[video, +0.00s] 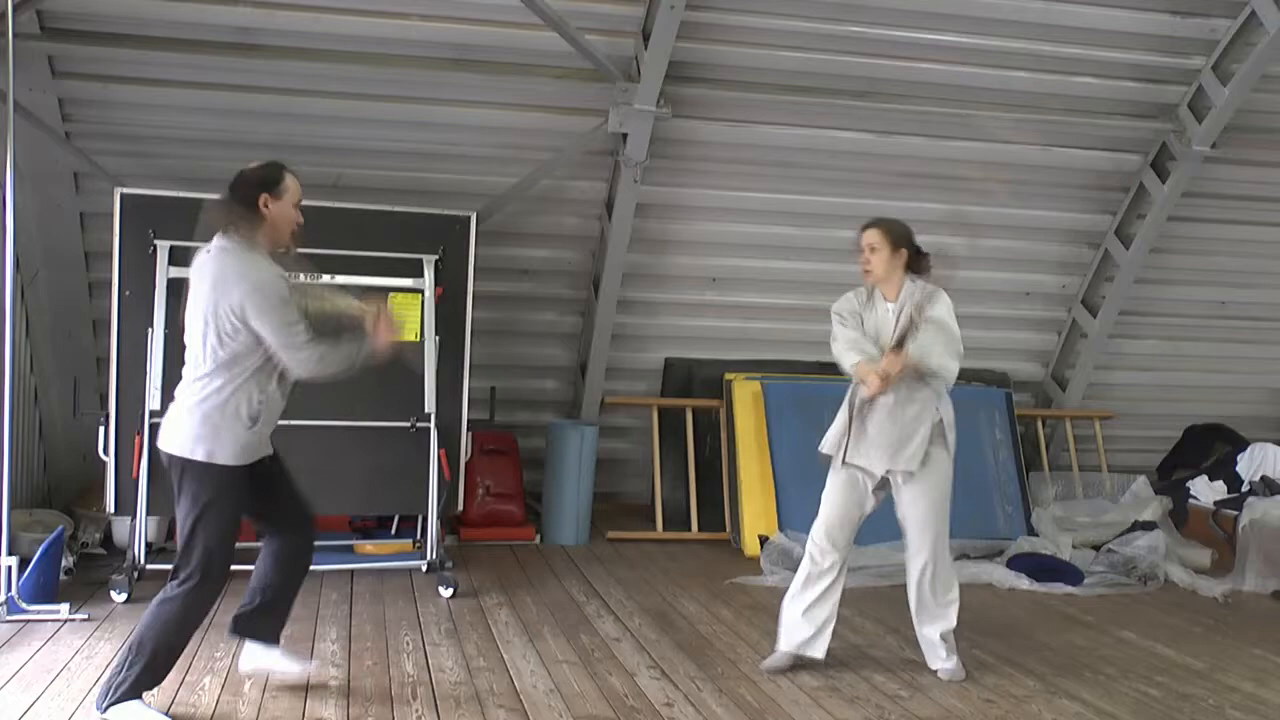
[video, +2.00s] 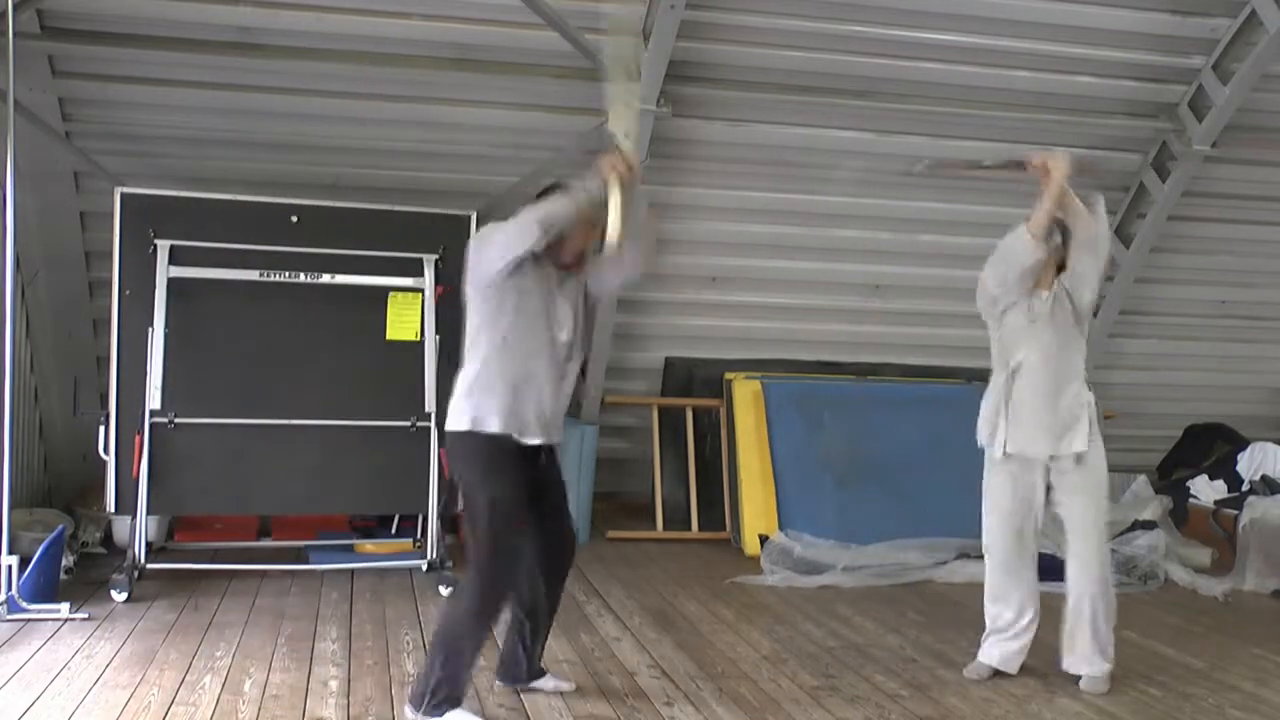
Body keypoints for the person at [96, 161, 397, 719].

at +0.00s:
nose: (301, 217)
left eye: (301, 206)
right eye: (296, 205)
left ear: (262, 204)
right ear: (266, 204)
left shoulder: (221, 255)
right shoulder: (255, 274)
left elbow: (293, 299)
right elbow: (304, 360)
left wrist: (355, 309)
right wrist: (373, 345)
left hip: (231, 438)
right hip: (213, 443)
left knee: (293, 530)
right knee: (201, 575)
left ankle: (259, 640)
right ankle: (116, 698)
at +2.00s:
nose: (587, 244)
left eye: (594, 233)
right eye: (582, 229)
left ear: (593, 237)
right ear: (555, 224)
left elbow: (630, 262)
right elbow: (538, 224)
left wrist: (629, 196)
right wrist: (592, 184)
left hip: (536, 440)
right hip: (482, 434)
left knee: (554, 549)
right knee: (496, 563)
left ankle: (520, 668)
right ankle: (431, 700)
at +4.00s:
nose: (376, 214)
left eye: (375, 203)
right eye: (369, 202)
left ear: (345, 203)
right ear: (338, 200)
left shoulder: (332, 261)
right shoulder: (299, 250)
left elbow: (392, 321)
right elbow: (371, 301)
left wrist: (463, 296)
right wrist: (455, 287)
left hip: (340, 436)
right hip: (306, 433)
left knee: (357, 540)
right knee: (294, 564)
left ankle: (343, 660)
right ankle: (247, 702)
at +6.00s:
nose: (268, 252)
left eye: (271, 242)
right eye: (263, 239)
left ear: (235, 230)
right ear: (237, 228)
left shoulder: (196, 254)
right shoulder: (211, 268)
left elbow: (278, 276)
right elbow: (246, 337)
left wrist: (319, 289)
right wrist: (308, 318)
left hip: (131, 402)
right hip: (152, 409)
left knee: (135, 509)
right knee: (177, 507)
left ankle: (120, 612)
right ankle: (113, 606)